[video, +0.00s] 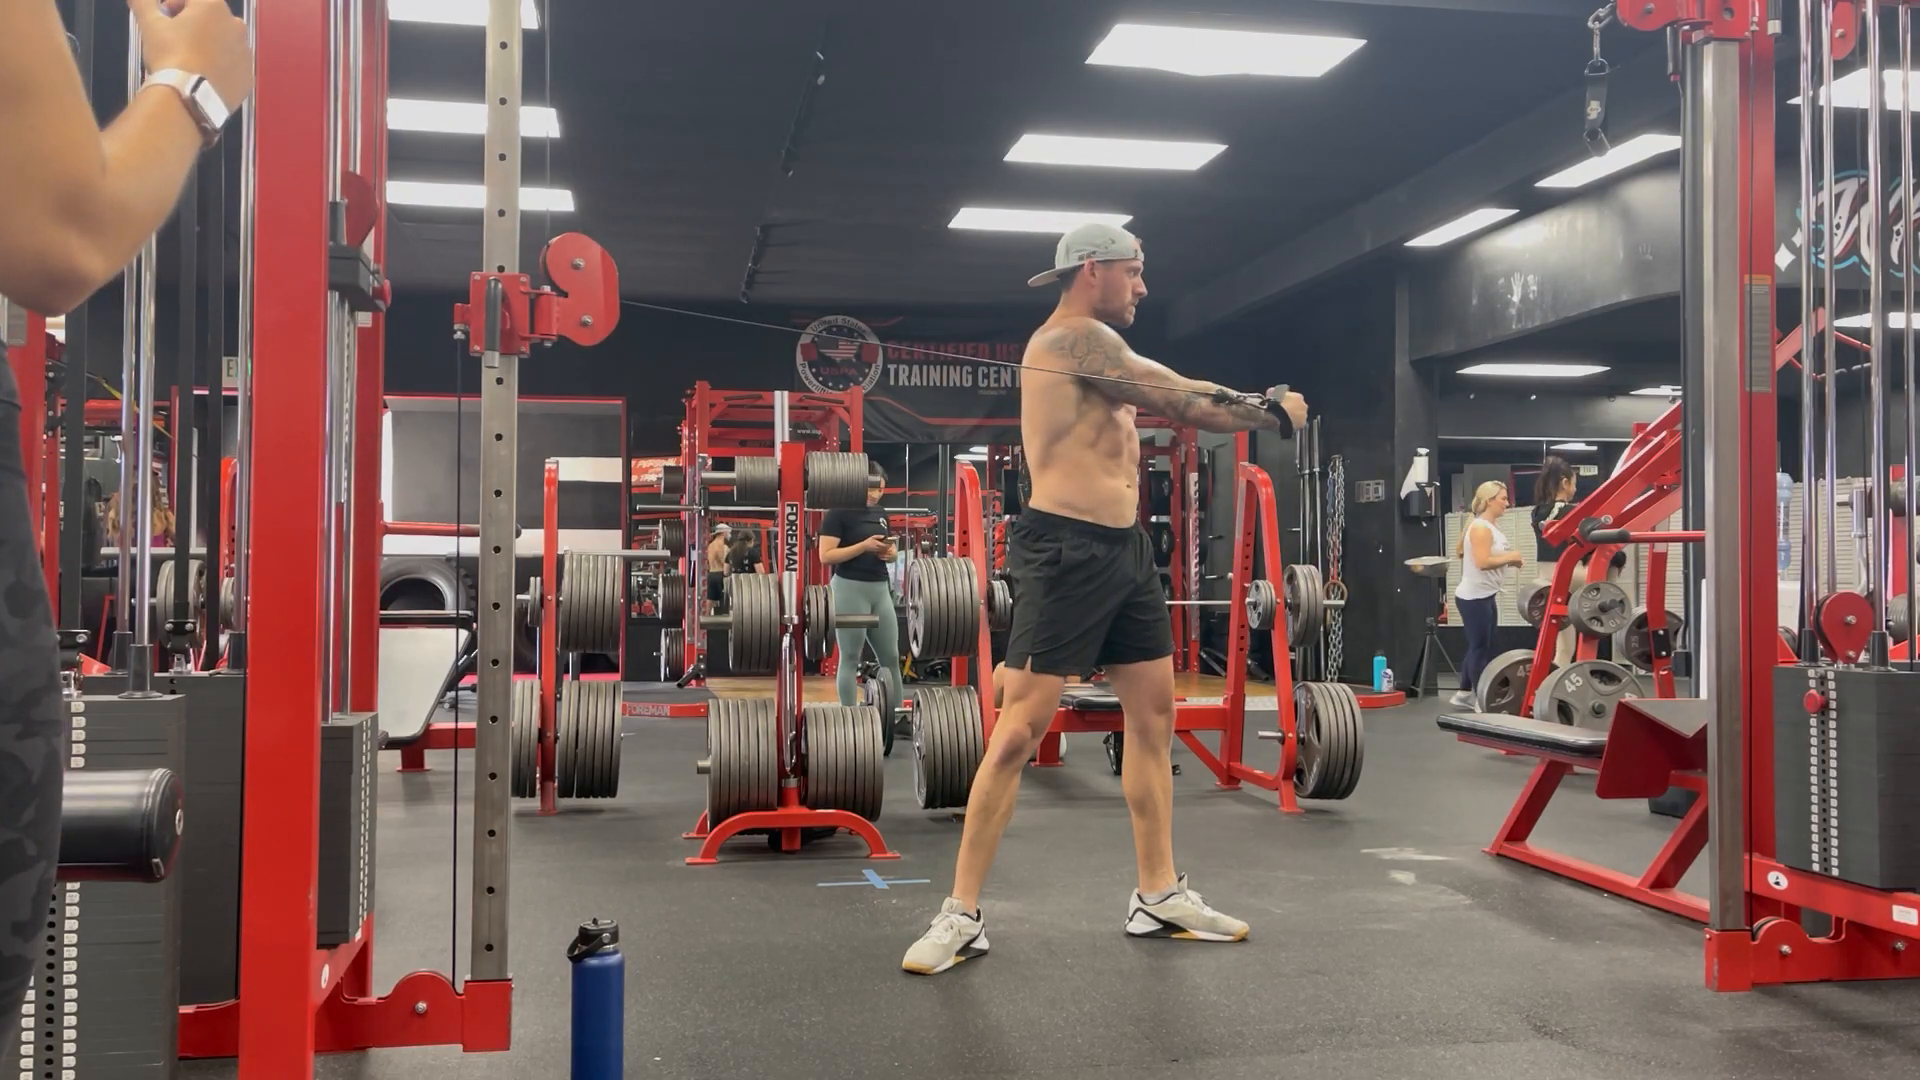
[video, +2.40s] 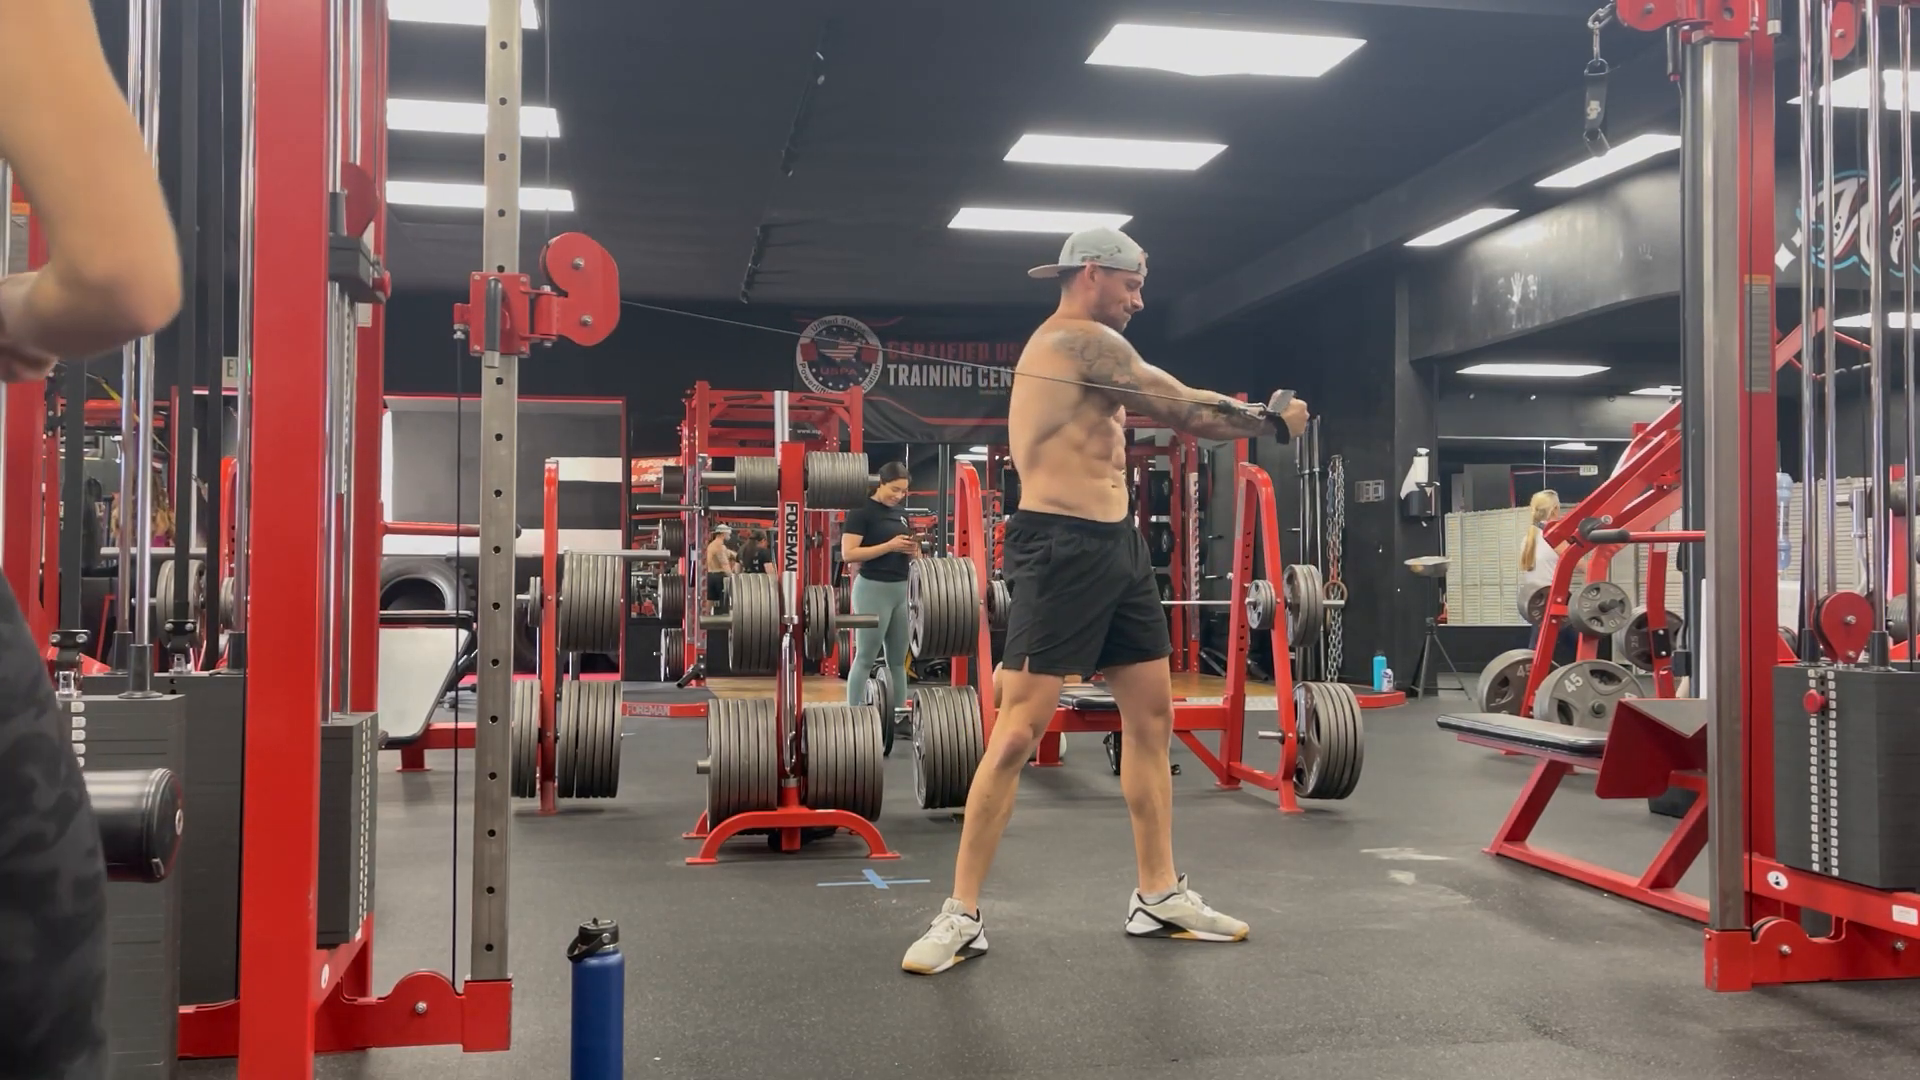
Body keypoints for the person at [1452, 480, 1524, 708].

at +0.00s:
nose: (1507, 503)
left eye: (1506, 499)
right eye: (1503, 498)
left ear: (1490, 502)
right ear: (1489, 500)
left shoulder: (1488, 526)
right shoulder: (1479, 527)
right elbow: (1482, 561)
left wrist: (1506, 560)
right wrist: (1510, 558)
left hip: (1483, 596)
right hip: (1474, 597)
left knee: (1480, 645)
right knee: (1480, 647)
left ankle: (1464, 691)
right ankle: (1481, 696)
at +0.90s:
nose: (1499, 506)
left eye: (1499, 502)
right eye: (1497, 502)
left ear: (1477, 505)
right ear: (1486, 505)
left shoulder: (1467, 528)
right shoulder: (1489, 531)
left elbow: (1470, 559)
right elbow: (1510, 562)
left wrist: (1501, 563)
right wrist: (1518, 564)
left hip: (1466, 598)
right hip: (1488, 601)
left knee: (1464, 648)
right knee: (1506, 647)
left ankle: (1458, 695)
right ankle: (1508, 696)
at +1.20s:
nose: (1516, 503)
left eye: (1515, 499)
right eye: (1513, 499)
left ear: (1492, 503)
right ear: (1505, 503)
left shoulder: (1482, 530)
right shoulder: (1509, 530)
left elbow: (1497, 560)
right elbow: (1538, 560)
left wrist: (1527, 561)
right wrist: (1541, 565)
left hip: (1484, 600)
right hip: (1505, 601)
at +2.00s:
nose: (1535, 506)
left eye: (1534, 502)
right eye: (1533, 503)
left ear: (1512, 507)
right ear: (1526, 506)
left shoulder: (1504, 531)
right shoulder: (1533, 530)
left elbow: (1500, 561)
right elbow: (1553, 553)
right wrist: (1560, 554)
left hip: (1509, 595)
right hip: (1533, 595)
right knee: (1529, 640)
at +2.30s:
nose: (1552, 508)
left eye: (1551, 504)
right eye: (1551, 504)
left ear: (1528, 507)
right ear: (1546, 507)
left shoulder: (1520, 532)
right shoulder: (1551, 530)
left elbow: (1519, 561)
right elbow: (1568, 556)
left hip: (1522, 594)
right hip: (1546, 595)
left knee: (1531, 638)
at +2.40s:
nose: (1559, 512)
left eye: (1558, 508)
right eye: (1558, 508)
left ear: (1536, 511)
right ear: (1554, 511)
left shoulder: (1530, 535)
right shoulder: (1554, 535)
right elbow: (1577, 562)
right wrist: (1594, 569)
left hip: (1531, 595)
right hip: (1551, 596)